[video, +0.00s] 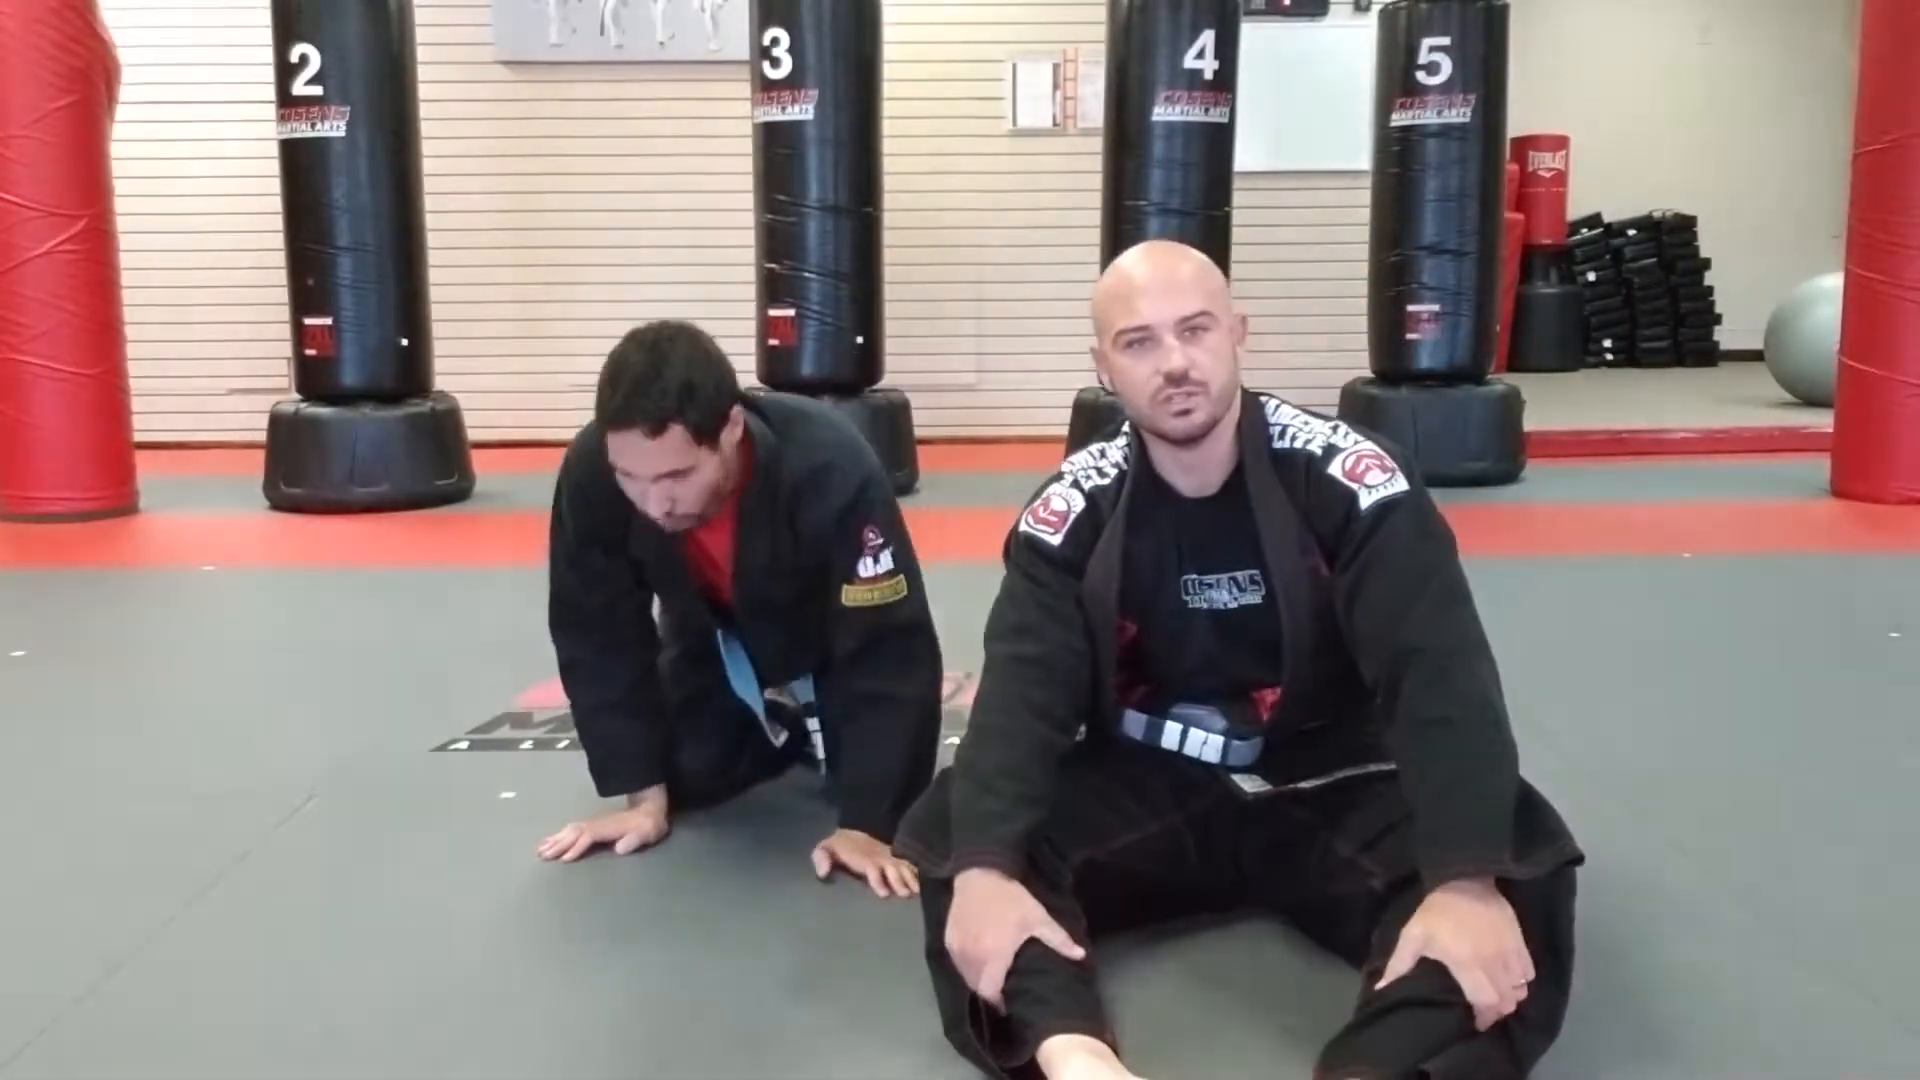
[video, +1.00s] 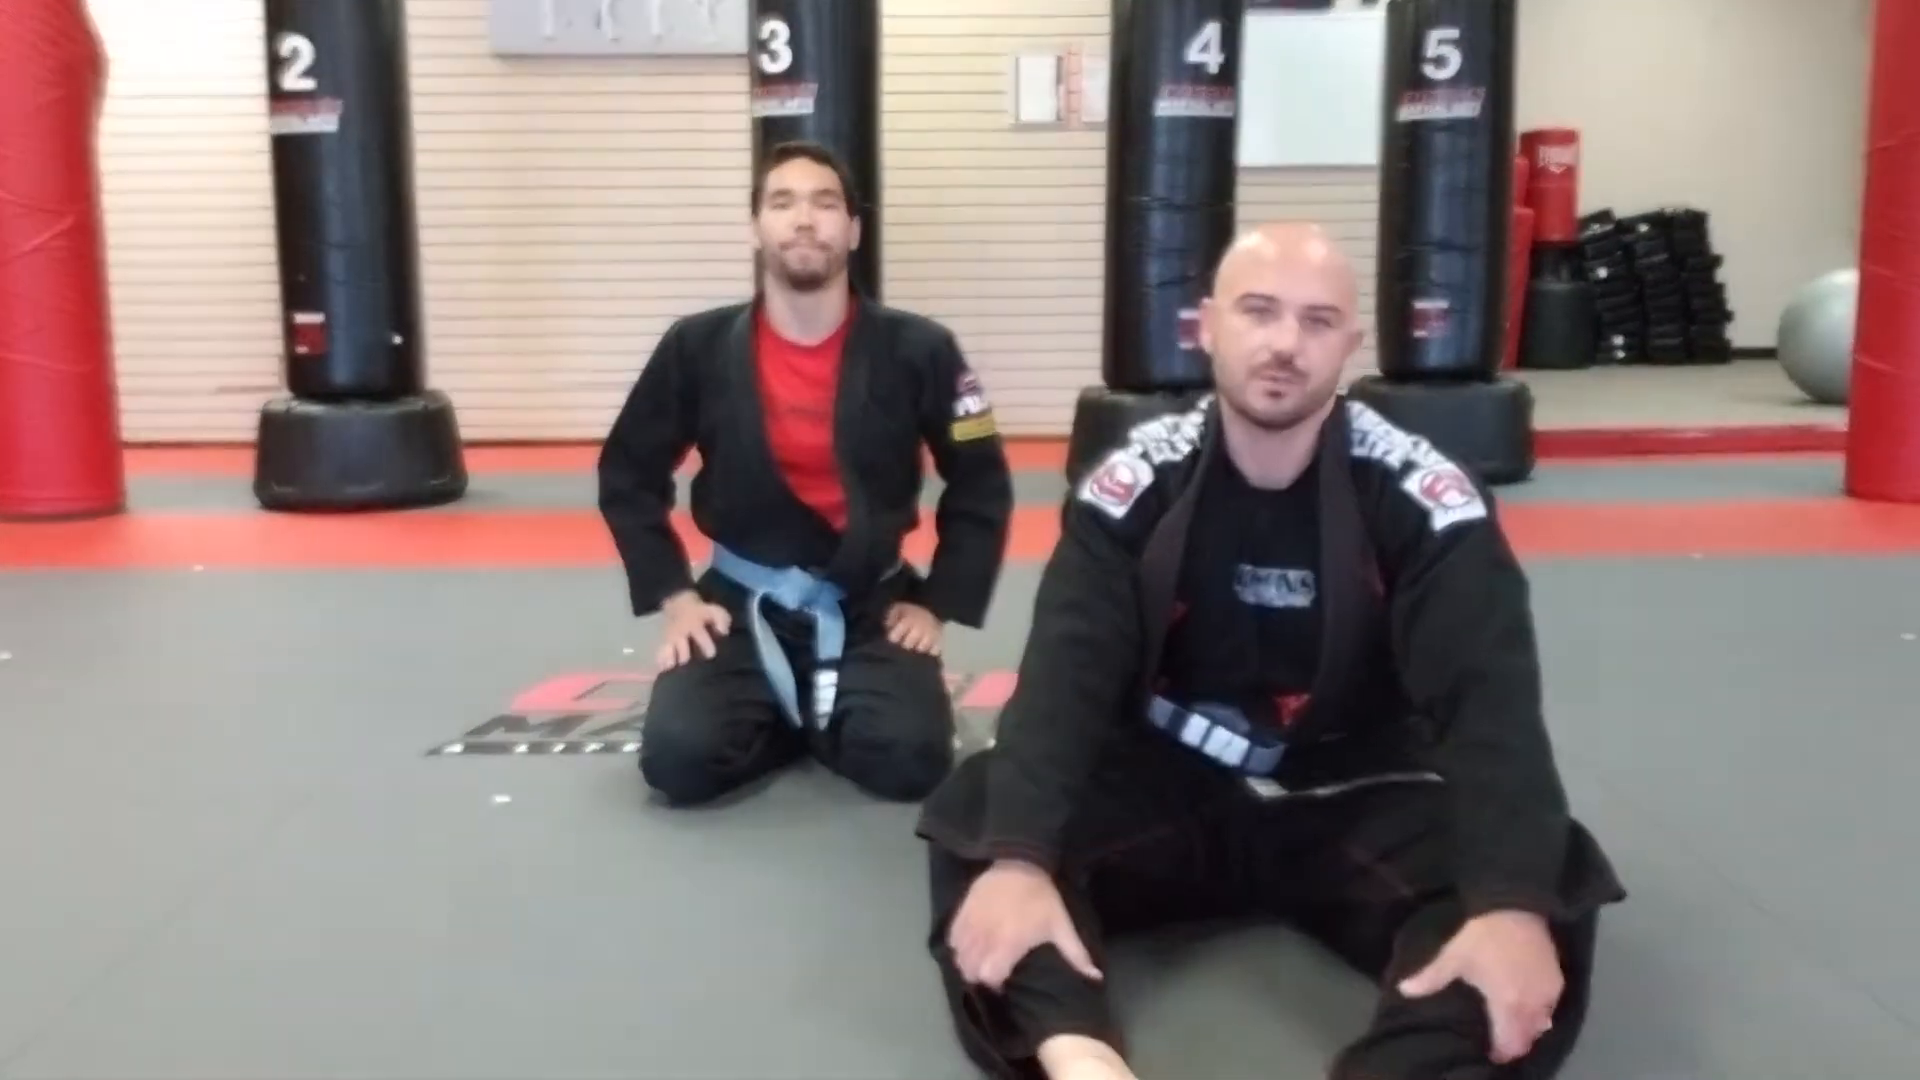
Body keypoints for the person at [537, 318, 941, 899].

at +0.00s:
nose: (652, 504)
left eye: (674, 477)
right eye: (628, 478)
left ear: (731, 433)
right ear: (609, 450)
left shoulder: (828, 466)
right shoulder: (597, 472)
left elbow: (890, 640)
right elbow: (599, 633)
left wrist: (864, 826)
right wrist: (642, 797)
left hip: (833, 636)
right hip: (714, 641)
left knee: (885, 815)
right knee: (680, 778)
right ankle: (793, 725)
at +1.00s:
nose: (804, 217)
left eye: (825, 203)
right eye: (782, 203)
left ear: (854, 231)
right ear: (756, 230)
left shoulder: (917, 353)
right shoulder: (698, 349)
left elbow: (981, 482)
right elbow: (628, 472)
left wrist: (938, 605)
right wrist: (674, 594)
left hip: (871, 603)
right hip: (740, 599)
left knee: (909, 762)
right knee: (679, 762)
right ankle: (807, 718)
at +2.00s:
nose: (798, 228)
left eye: (819, 211)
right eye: (777, 211)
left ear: (848, 234)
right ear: (750, 235)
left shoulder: (913, 354)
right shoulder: (693, 350)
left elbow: (976, 482)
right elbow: (628, 474)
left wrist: (933, 607)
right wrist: (667, 597)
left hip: (866, 603)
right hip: (735, 599)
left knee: (908, 763)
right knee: (676, 763)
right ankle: (801, 720)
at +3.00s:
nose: (772, 275)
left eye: (792, 252)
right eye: (749, 254)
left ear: (824, 257)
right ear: (725, 263)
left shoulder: (889, 370)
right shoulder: (676, 374)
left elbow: (936, 519)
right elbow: (628, 518)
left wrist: (872, 621)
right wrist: (627, 646)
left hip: (861, 609)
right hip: (735, 604)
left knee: (919, 758)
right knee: (676, 749)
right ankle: (809, 708)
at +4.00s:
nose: (674, 532)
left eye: (692, 503)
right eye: (651, 510)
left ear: (733, 462)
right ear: (628, 491)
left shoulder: (820, 484)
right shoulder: (626, 484)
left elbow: (852, 620)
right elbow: (590, 614)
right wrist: (588, 747)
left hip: (880, 431)